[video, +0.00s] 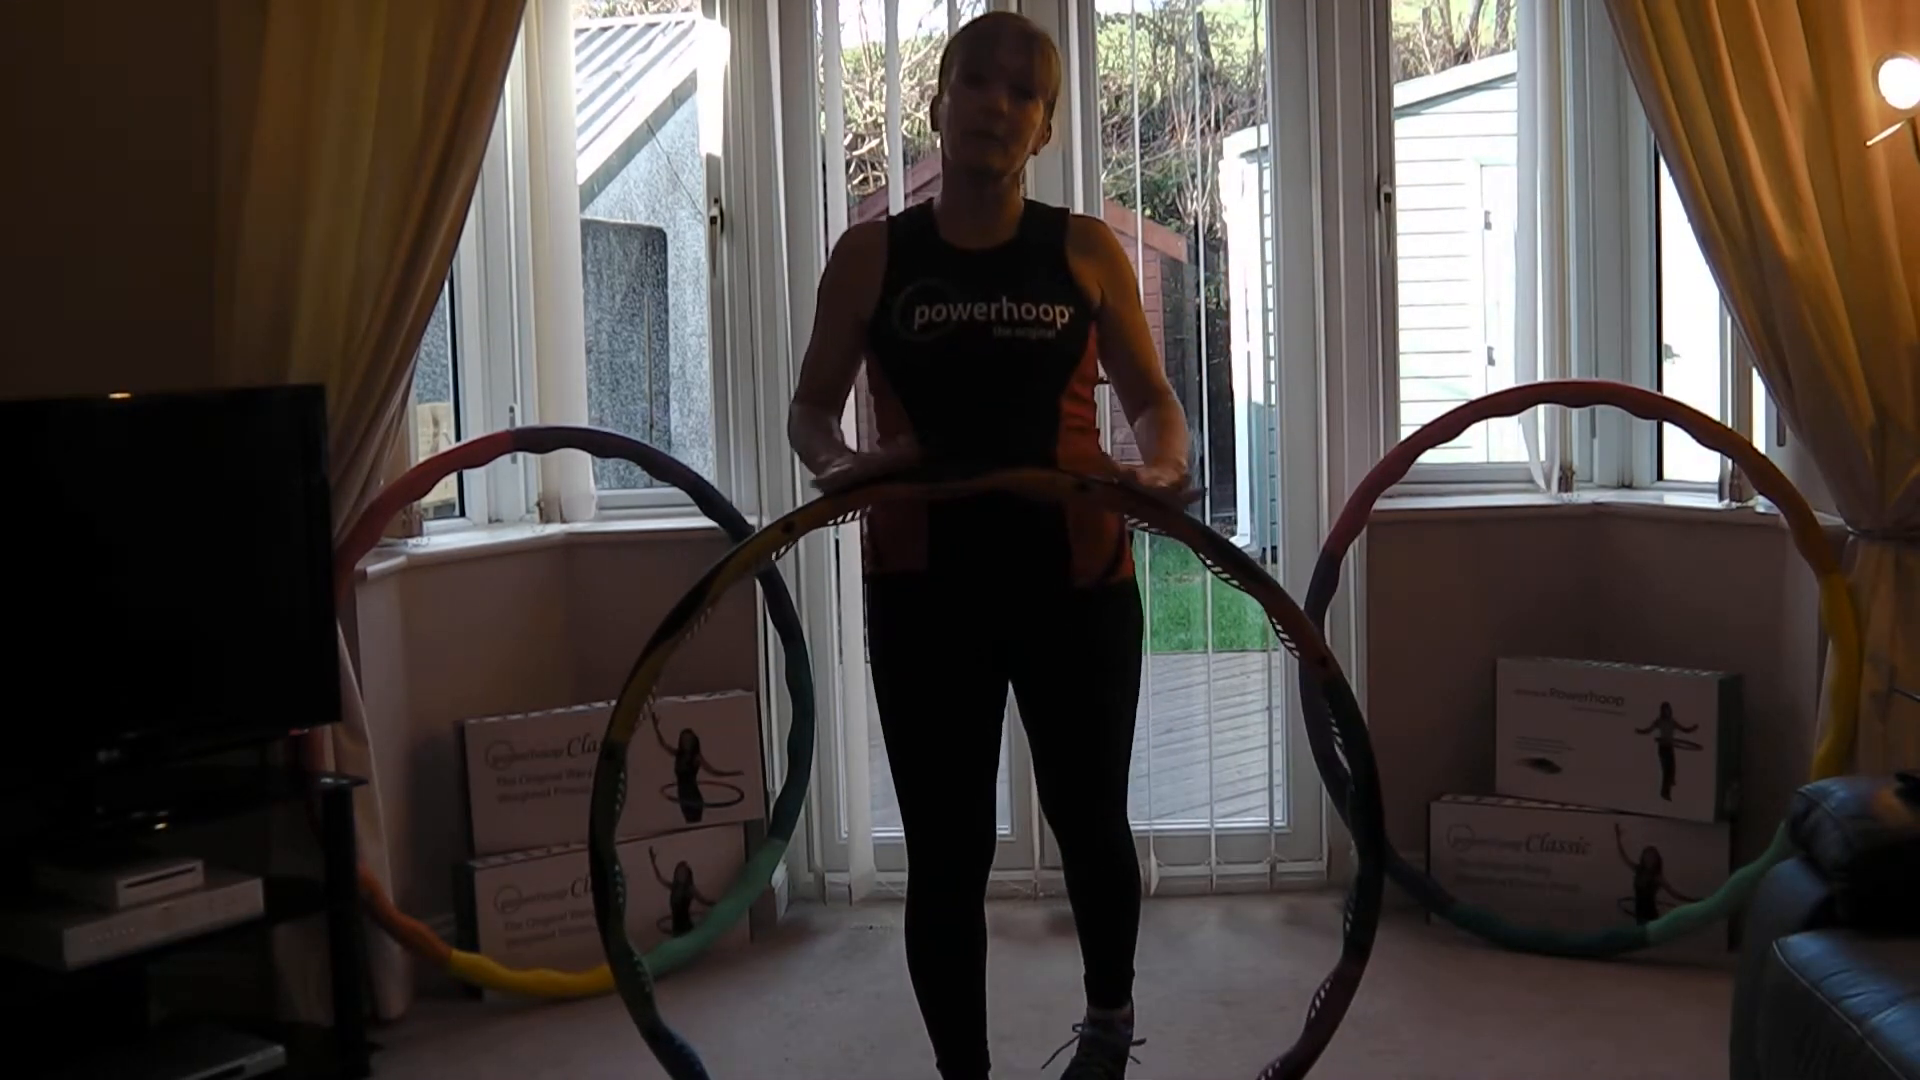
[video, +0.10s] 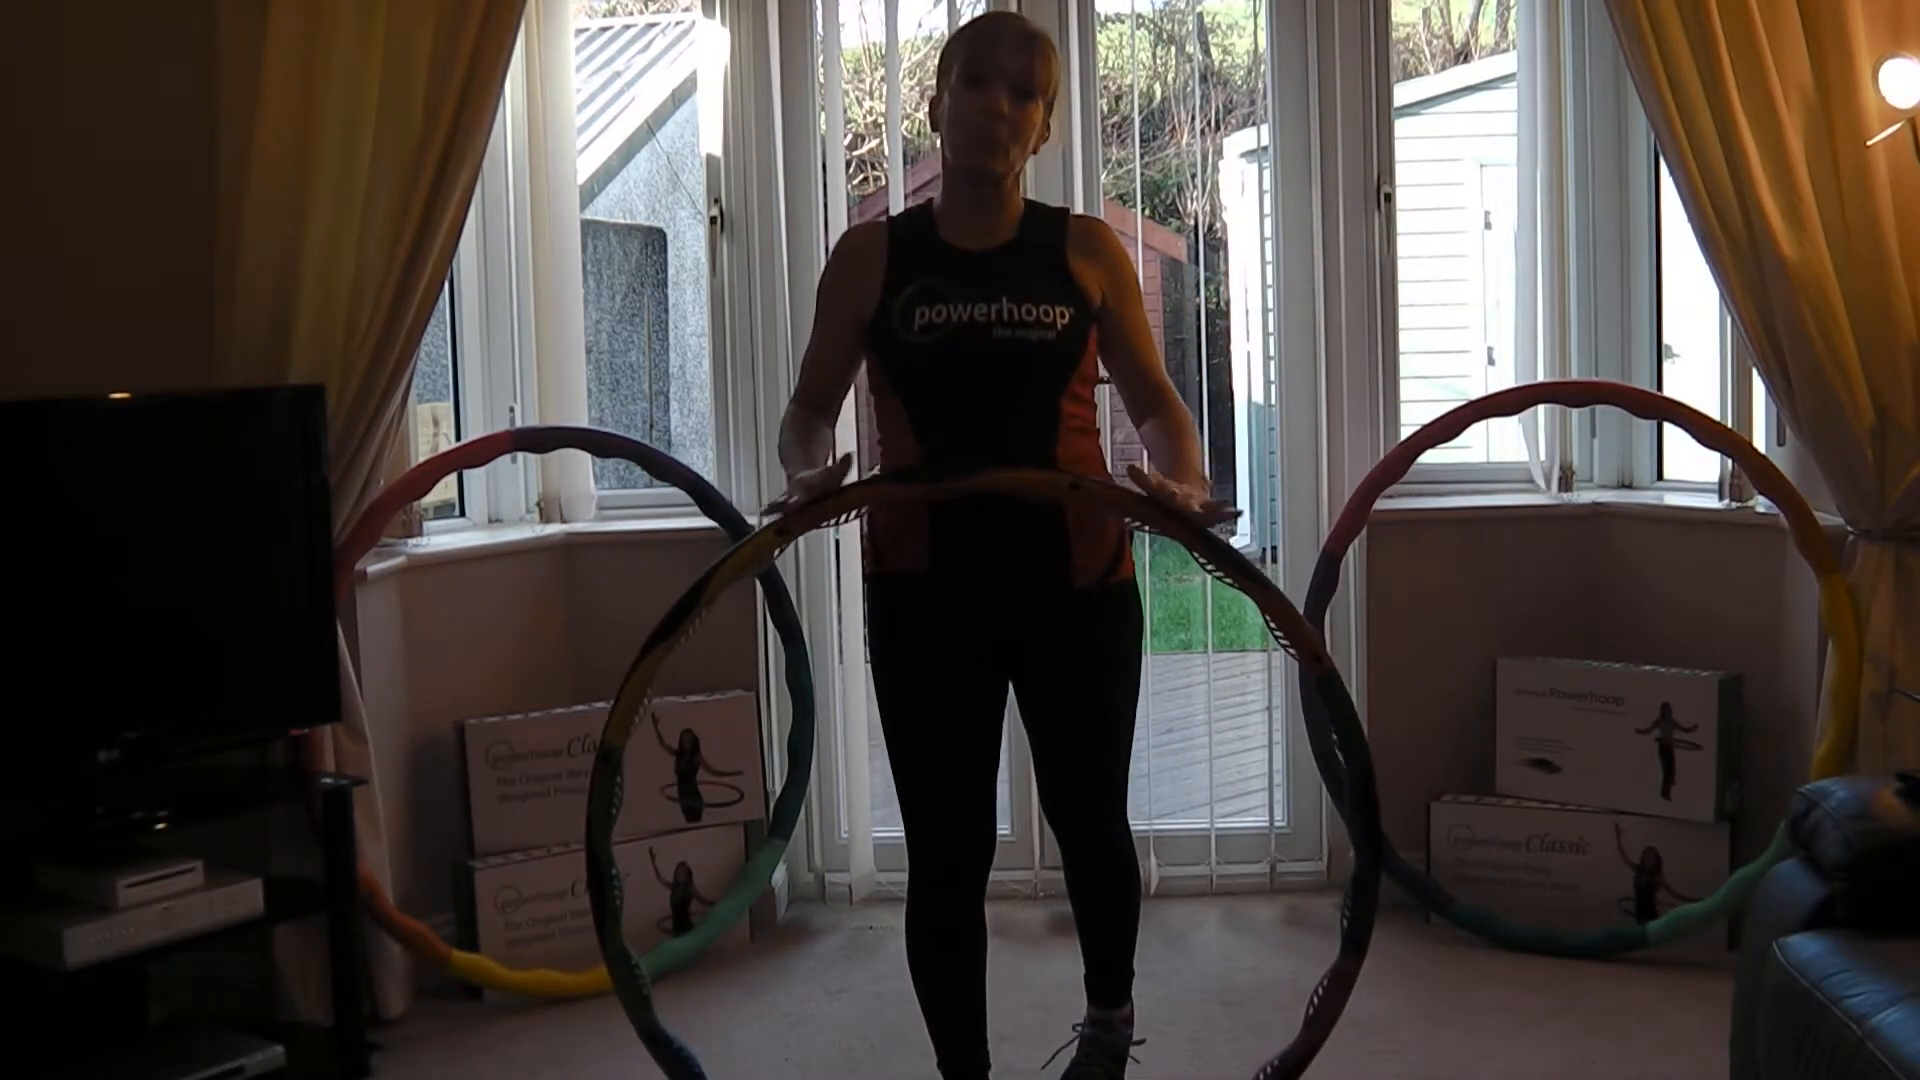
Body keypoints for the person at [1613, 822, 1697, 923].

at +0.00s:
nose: (1648, 860)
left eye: (1651, 857)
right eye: (1646, 856)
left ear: (1657, 860)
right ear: (1642, 858)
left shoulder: (1657, 877)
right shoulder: (1639, 870)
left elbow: (1674, 894)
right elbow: (1623, 856)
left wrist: (1693, 901)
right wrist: (1618, 838)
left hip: (1651, 912)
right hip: (1639, 911)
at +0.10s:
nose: (1648, 860)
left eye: (1652, 857)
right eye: (1646, 856)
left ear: (1657, 860)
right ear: (1642, 858)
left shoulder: (1657, 877)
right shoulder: (1639, 870)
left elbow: (1674, 894)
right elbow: (1623, 856)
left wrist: (1693, 901)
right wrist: (1618, 838)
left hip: (1651, 912)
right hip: (1639, 910)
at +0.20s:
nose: (1648, 860)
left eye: (1651, 857)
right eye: (1646, 856)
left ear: (1657, 860)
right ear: (1642, 858)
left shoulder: (1657, 877)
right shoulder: (1639, 870)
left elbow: (1674, 894)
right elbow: (1623, 856)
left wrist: (1693, 901)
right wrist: (1618, 838)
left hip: (1651, 912)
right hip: (1639, 910)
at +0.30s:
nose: (1648, 860)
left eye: (1651, 857)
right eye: (1646, 856)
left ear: (1657, 860)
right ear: (1642, 858)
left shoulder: (1657, 877)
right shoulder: (1639, 870)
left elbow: (1674, 894)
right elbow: (1623, 857)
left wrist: (1693, 901)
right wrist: (1618, 838)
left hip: (1651, 912)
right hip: (1639, 911)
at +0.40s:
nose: (1648, 860)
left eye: (1651, 857)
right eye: (1646, 856)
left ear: (1657, 860)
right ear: (1642, 858)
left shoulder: (1657, 877)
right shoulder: (1639, 870)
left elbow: (1674, 894)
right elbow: (1623, 856)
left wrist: (1693, 901)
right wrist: (1618, 838)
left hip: (1651, 912)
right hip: (1639, 910)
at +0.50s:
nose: (1648, 860)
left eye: (1651, 857)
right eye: (1646, 856)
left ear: (1657, 860)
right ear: (1642, 858)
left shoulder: (1657, 877)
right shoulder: (1639, 870)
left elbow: (1674, 894)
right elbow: (1623, 857)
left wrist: (1693, 901)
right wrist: (1618, 838)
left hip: (1651, 912)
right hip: (1639, 911)